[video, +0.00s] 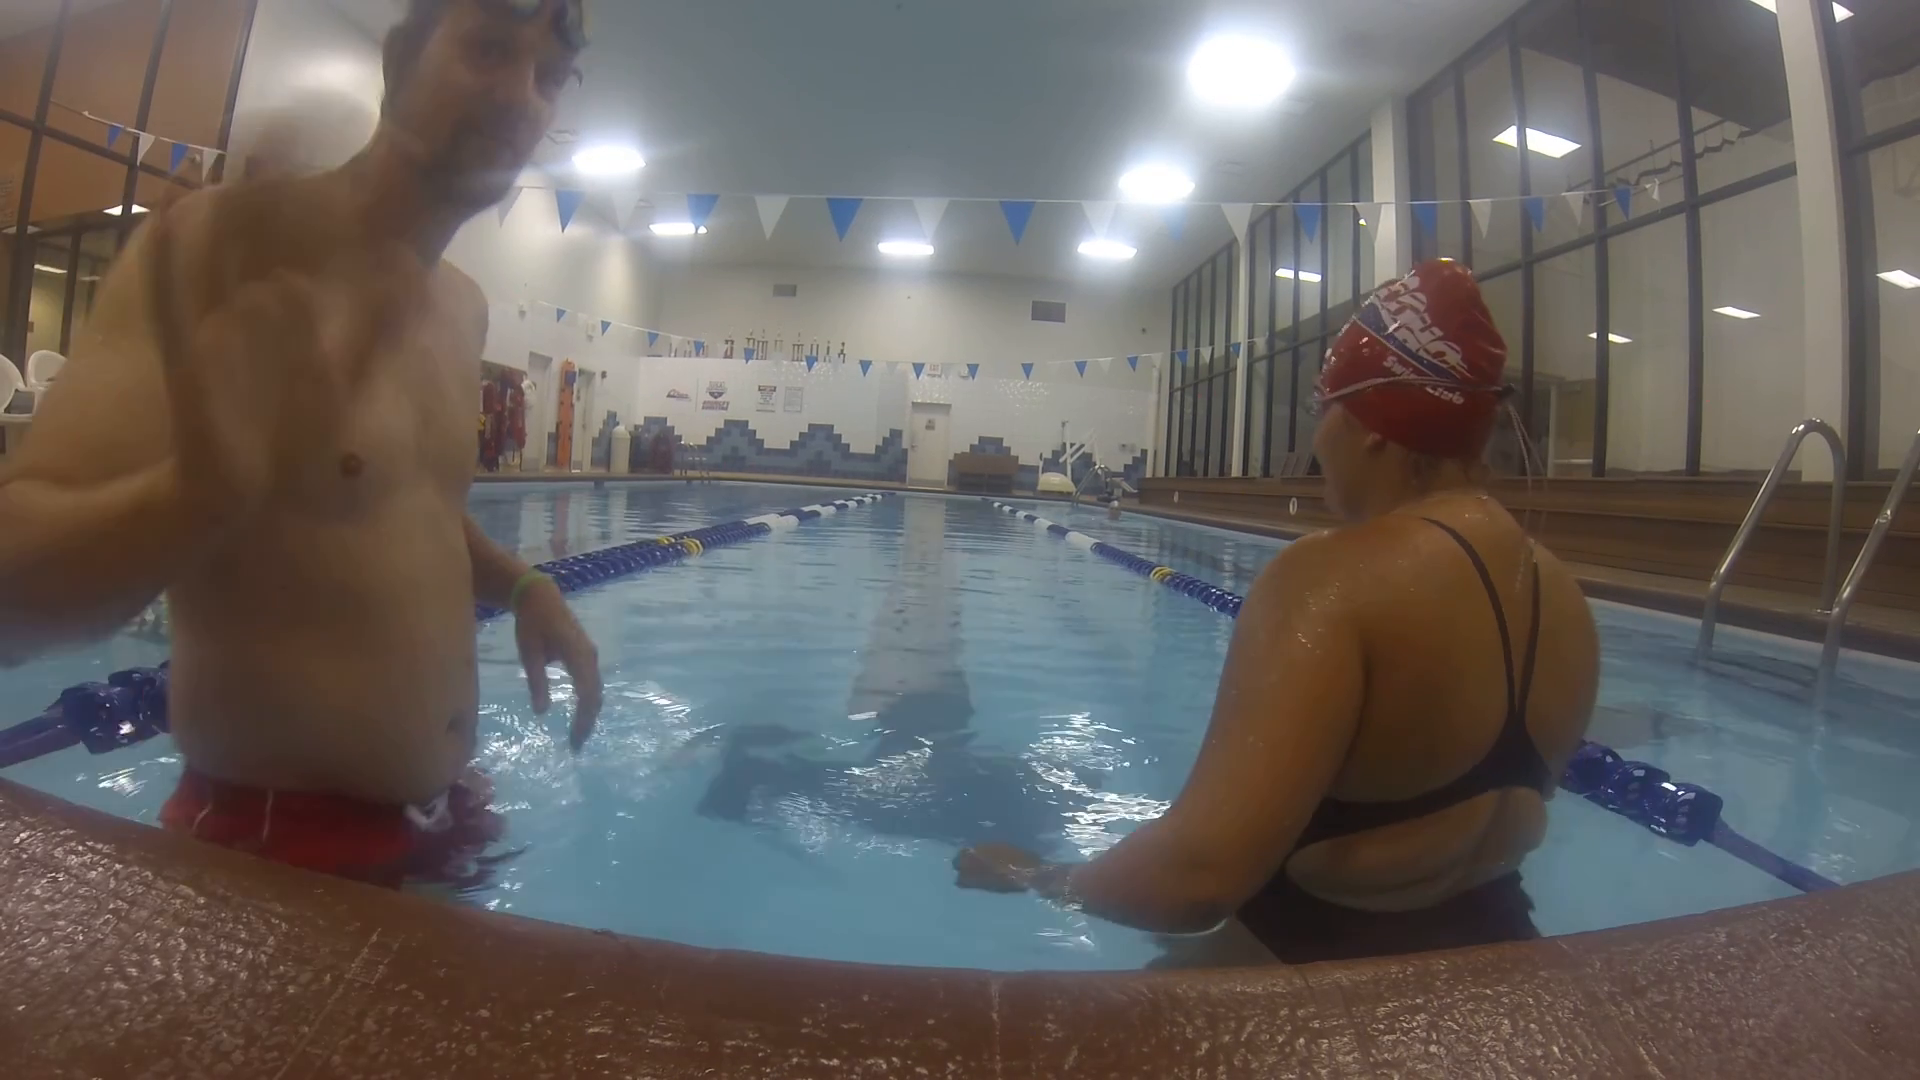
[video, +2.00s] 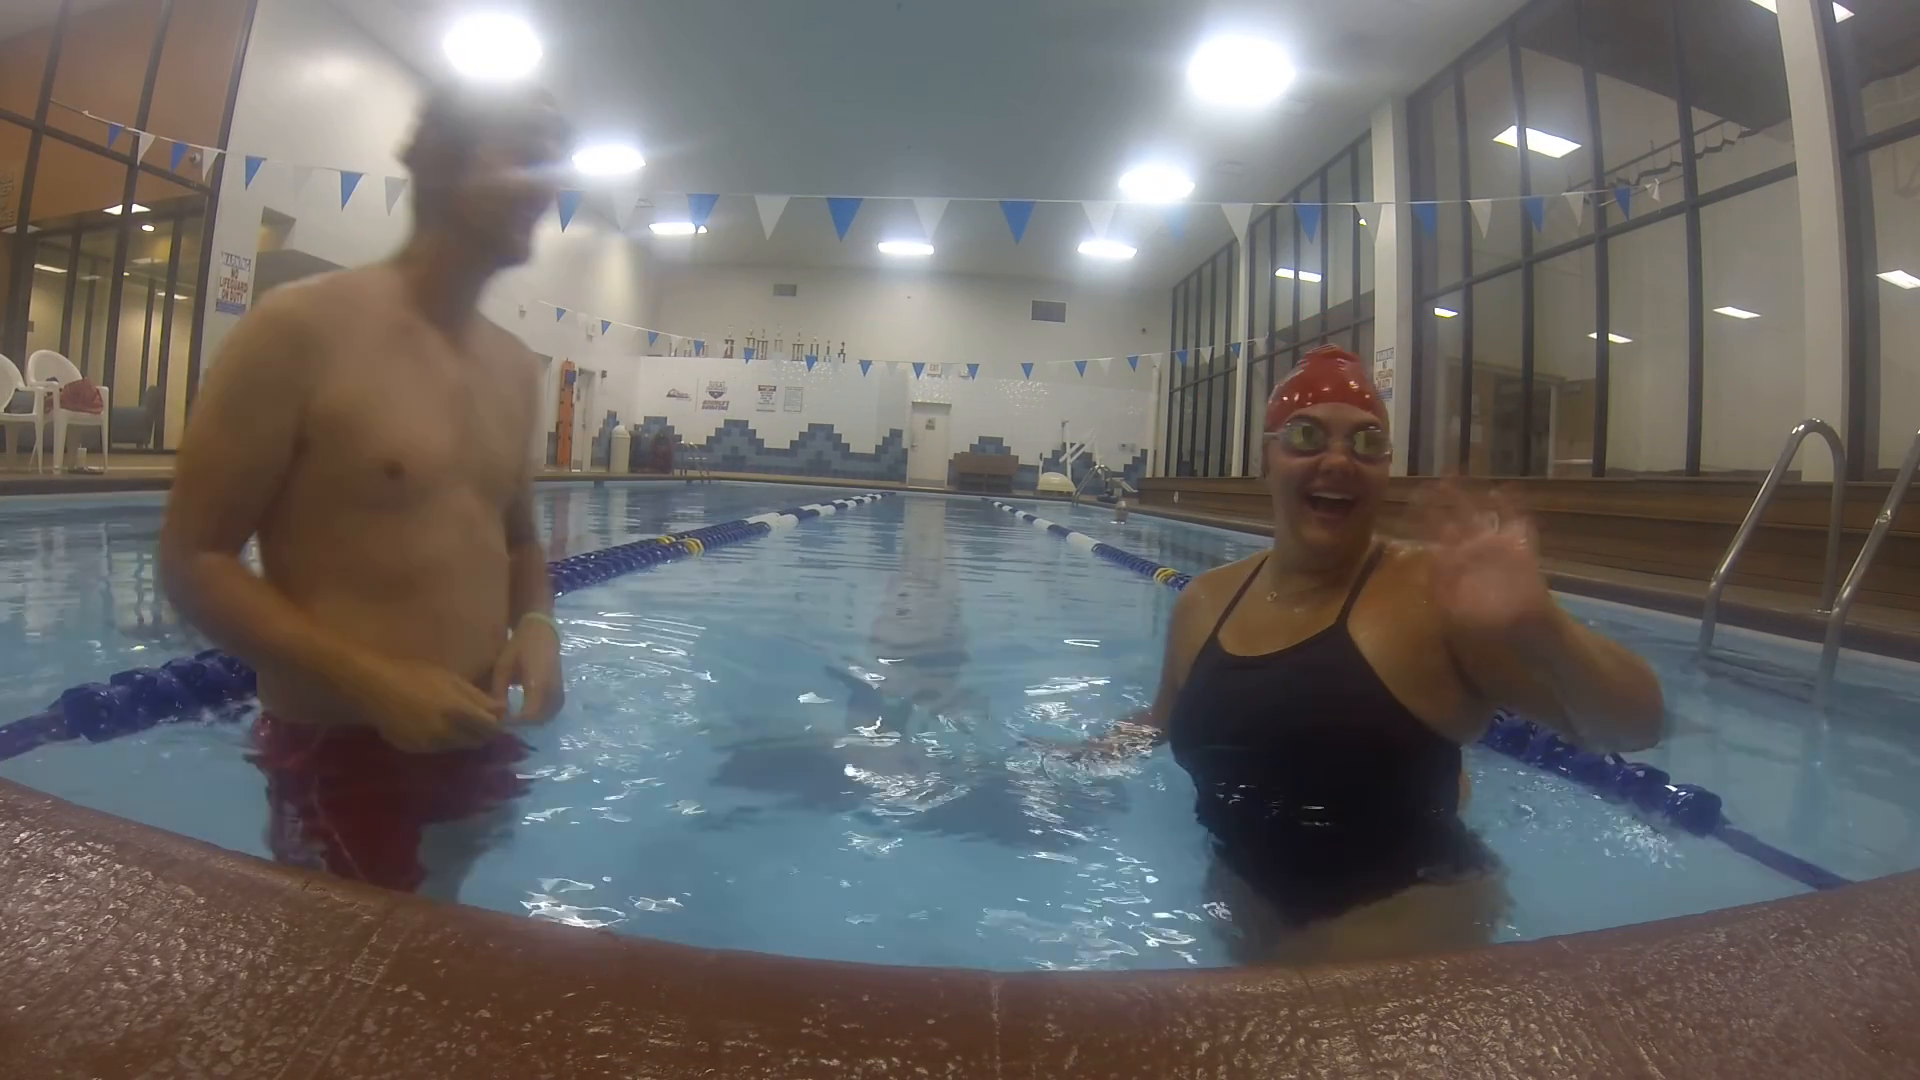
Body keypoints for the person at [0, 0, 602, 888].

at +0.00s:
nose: (523, 97)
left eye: (550, 78)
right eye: (490, 50)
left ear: (556, 114)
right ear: (398, 61)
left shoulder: (459, 305)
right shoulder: (215, 244)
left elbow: (418, 511)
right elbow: (16, 582)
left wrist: (522, 586)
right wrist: (198, 495)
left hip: (441, 826)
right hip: (267, 839)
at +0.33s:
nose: (515, 189)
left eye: (539, 168)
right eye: (487, 156)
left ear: (554, 197)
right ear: (421, 164)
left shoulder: (499, 371)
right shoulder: (284, 328)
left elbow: (490, 539)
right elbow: (152, 608)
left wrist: (539, 627)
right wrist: (292, 533)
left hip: (465, 795)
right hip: (329, 799)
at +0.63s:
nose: (577, 233)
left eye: (599, 218)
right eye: (557, 198)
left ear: (606, 242)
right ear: (493, 190)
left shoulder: (534, 389)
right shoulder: (341, 309)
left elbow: (521, 554)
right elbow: (174, 473)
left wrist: (543, 618)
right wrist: (316, 454)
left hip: (466, 758)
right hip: (331, 751)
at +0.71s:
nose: (600, 271)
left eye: (621, 262)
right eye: (584, 234)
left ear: (627, 277)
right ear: (522, 218)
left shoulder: (545, 407)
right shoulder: (356, 311)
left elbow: (523, 565)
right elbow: (172, 456)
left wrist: (541, 621)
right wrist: (340, 443)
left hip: (463, 744)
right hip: (323, 740)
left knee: (488, 843)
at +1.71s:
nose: (636, 314)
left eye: (654, 303)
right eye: (625, 277)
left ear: (654, 323)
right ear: (559, 258)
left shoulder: (568, 448)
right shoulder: (387, 345)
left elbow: (531, 590)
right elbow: (195, 501)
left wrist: (543, 631)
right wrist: (391, 535)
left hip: (460, 738)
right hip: (318, 735)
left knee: (506, 839)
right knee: (355, 931)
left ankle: (426, 904)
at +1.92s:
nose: (577, 205)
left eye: (585, 185)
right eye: (554, 172)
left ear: (586, 213)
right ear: (469, 180)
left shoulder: (536, 386)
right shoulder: (327, 336)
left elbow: (531, 547)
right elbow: (198, 543)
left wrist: (539, 618)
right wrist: (371, 669)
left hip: (473, 743)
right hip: (340, 750)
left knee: (463, 867)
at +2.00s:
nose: (546, 185)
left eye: (553, 163)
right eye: (520, 155)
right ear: (431, 166)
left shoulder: (513, 364)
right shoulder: (299, 331)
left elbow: (518, 532)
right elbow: (192, 560)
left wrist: (535, 620)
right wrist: (375, 685)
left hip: (474, 753)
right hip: (339, 759)